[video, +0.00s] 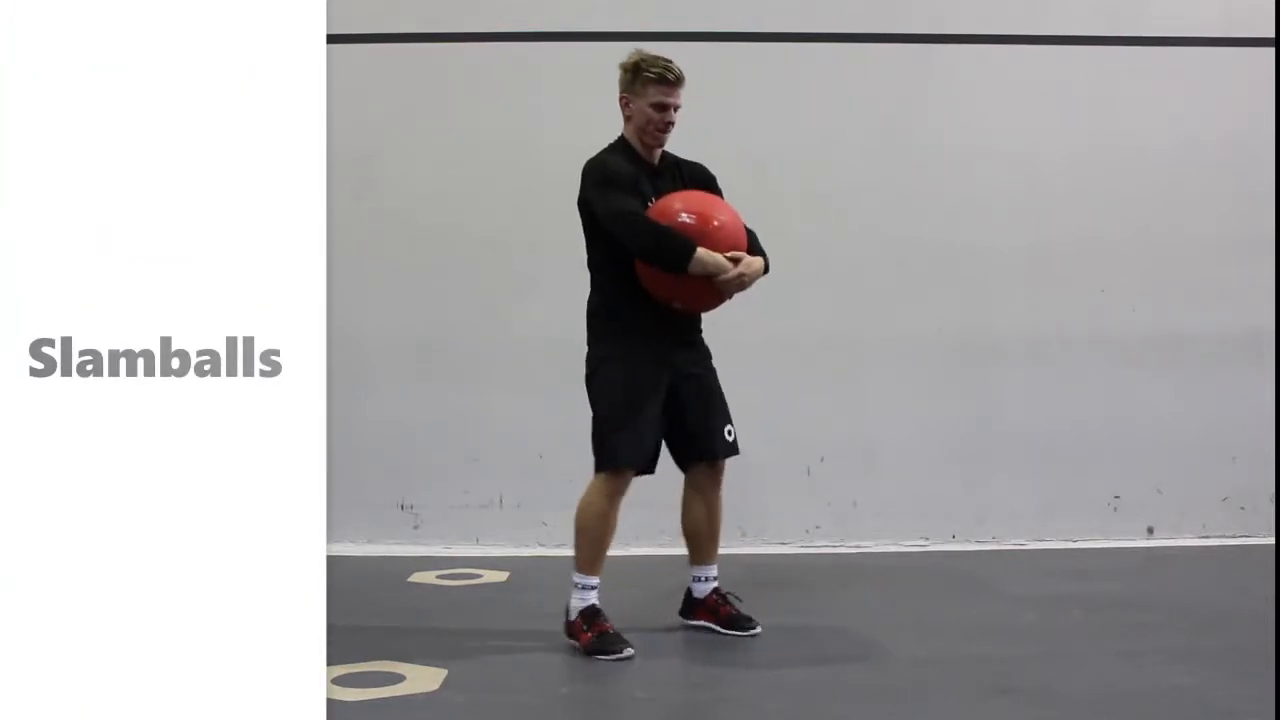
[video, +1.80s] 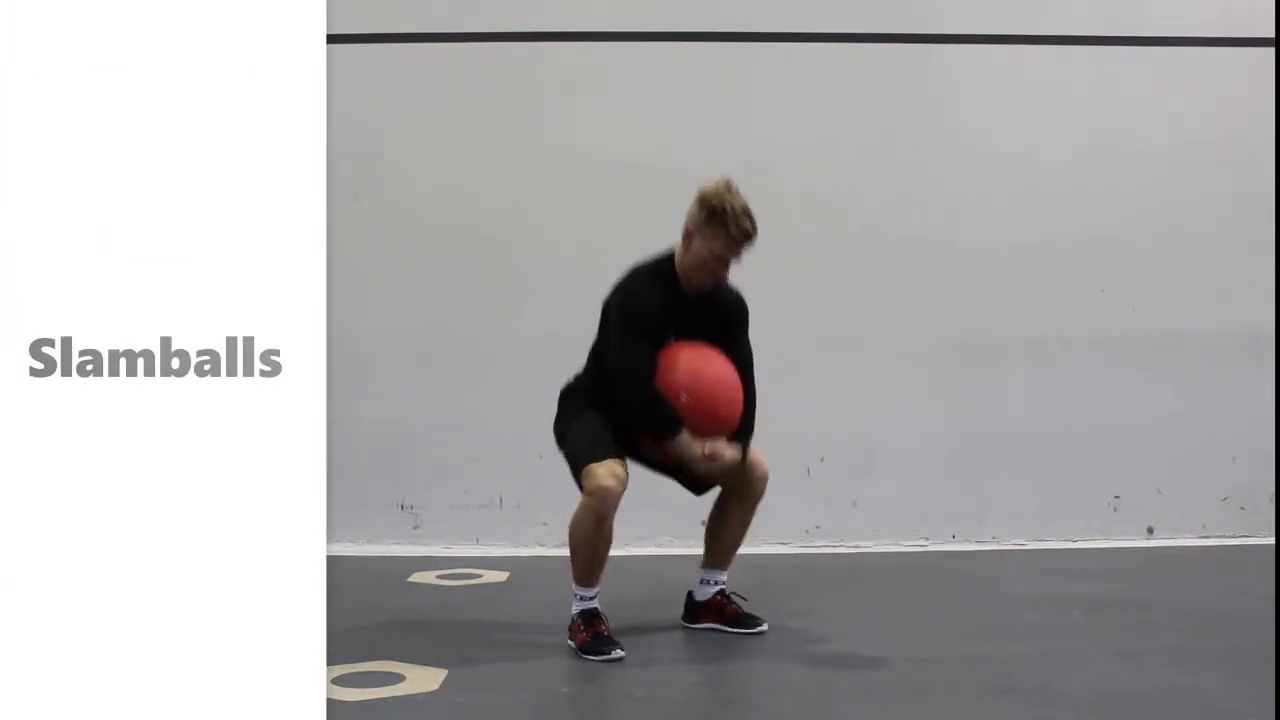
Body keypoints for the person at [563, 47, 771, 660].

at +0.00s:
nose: (664, 118)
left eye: (672, 108)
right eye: (653, 107)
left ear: (680, 109)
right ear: (625, 104)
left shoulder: (695, 177)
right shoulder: (603, 174)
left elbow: (741, 238)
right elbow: (635, 232)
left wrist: (756, 263)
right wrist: (713, 265)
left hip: (683, 341)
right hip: (621, 344)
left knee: (708, 459)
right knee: (616, 470)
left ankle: (703, 595)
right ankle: (584, 609)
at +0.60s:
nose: (690, 156)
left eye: (699, 145)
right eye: (681, 143)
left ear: (706, 140)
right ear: (650, 129)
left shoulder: (703, 203)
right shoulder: (612, 195)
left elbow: (733, 280)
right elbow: (625, 277)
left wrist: (739, 324)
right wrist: (693, 321)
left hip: (662, 356)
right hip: (599, 355)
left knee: (708, 460)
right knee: (603, 473)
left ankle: (703, 597)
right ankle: (585, 611)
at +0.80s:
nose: (707, 210)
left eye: (716, 201)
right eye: (701, 196)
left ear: (726, 193)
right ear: (673, 175)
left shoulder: (716, 249)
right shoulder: (624, 234)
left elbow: (731, 327)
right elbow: (621, 326)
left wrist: (730, 382)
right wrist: (677, 378)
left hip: (655, 379)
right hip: (591, 372)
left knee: (725, 469)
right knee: (600, 477)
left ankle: (705, 596)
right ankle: (583, 612)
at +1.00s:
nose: (719, 277)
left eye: (729, 268)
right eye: (713, 264)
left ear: (738, 259)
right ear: (686, 240)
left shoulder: (723, 307)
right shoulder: (633, 292)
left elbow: (731, 388)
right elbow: (621, 385)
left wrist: (724, 446)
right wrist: (675, 448)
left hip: (649, 418)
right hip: (586, 407)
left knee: (747, 472)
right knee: (597, 483)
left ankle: (706, 597)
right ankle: (583, 614)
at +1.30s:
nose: (727, 362)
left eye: (734, 353)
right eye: (720, 350)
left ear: (743, 343)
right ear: (691, 325)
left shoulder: (731, 385)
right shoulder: (638, 370)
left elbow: (740, 467)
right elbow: (626, 468)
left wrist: (733, 534)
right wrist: (679, 531)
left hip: (677, 484)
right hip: (608, 476)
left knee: (759, 478)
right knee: (591, 489)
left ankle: (706, 598)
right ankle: (586, 615)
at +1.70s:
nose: (725, 307)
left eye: (735, 297)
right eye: (718, 293)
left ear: (743, 290)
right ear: (691, 271)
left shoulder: (731, 337)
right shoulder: (640, 322)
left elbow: (741, 415)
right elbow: (627, 416)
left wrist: (731, 473)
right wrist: (682, 477)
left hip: (658, 438)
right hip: (593, 427)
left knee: (755, 477)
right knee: (605, 488)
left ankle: (707, 597)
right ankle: (585, 614)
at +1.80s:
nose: (723, 271)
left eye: (731, 261)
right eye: (716, 258)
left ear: (739, 253)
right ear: (689, 238)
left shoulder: (728, 306)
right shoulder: (638, 292)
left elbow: (742, 384)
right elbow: (625, 383)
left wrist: (735, 444)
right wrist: (681, 443)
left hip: (657, 417)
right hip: (595, 405)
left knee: (751, 473)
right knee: (606, 485)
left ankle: (707, 597)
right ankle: (585, 614)